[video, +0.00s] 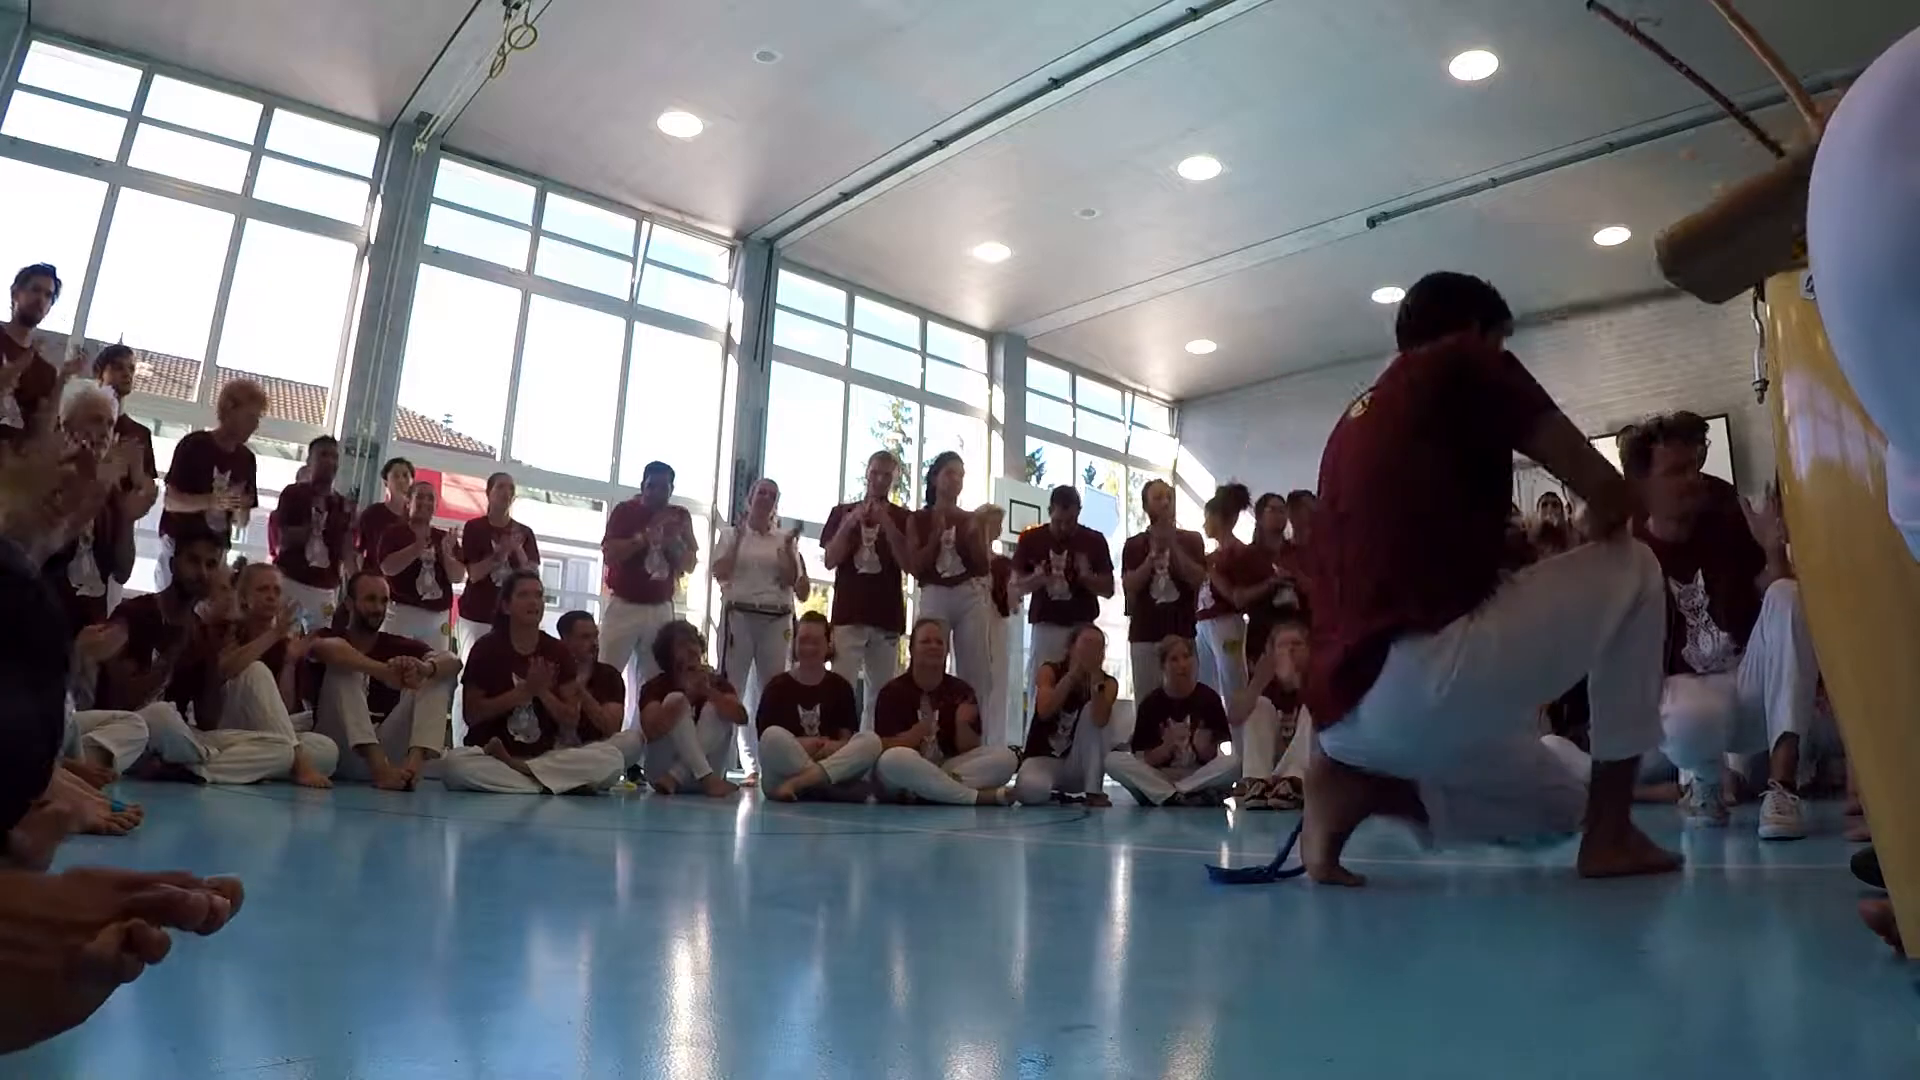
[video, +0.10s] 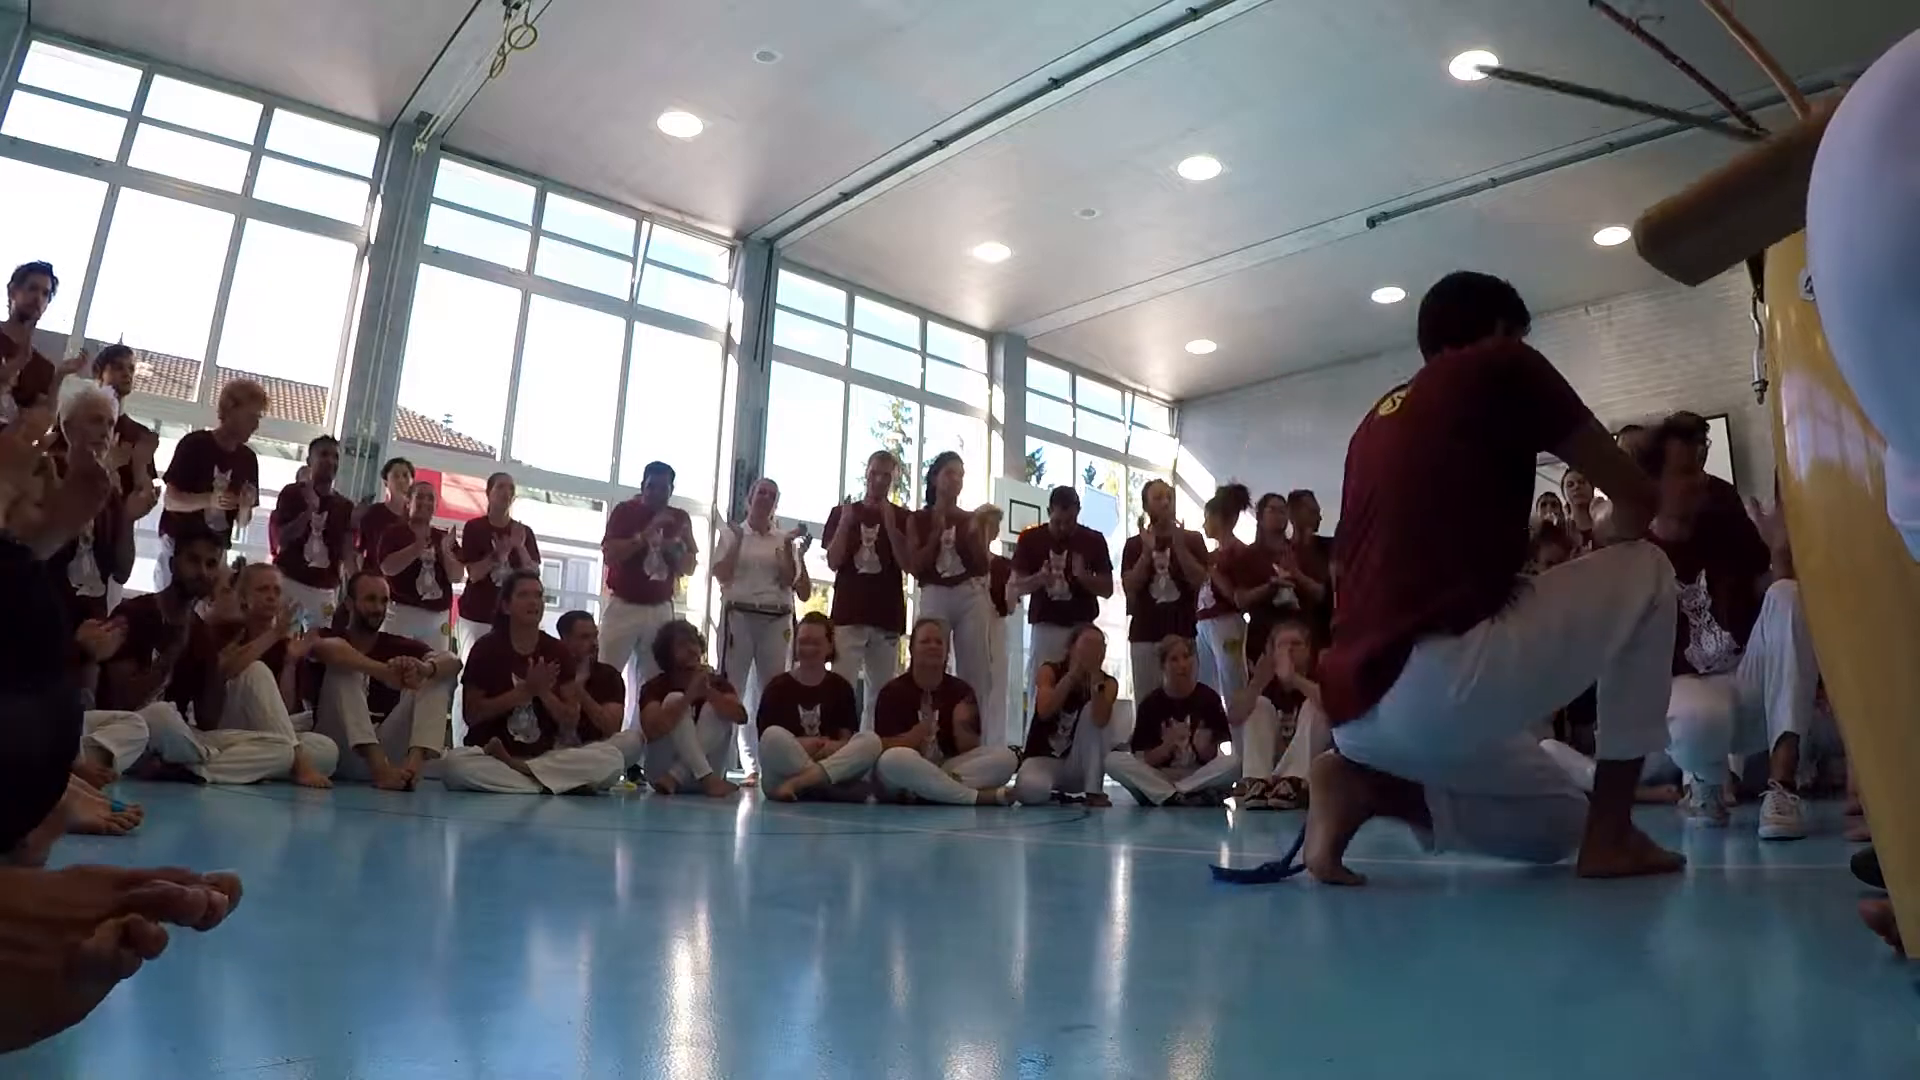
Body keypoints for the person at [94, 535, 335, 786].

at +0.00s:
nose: (201, 574)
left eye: (210, 565)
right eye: (192, 561)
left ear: (220, 571)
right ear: (173, 561)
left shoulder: (204, 630)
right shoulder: (136, 612)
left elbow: (209, 720)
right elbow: (122, 701)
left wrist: (217, 670)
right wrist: (169, 658)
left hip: (186, 736)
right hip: (135, 737)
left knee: (285, 749)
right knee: (161, 715)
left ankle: (190, 772)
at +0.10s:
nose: (202, 573)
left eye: (211, 565)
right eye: (193, 562)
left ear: (220, 571)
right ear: (173, 562)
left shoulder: (202, 631)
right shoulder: (132, 612)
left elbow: (208, 720)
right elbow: (123, 702)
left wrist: (218, 672)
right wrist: (171, 653)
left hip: (184, 736)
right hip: (134, 738)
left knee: (284, 750)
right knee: (161, 714)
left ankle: (188, 773)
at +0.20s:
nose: (205, 572)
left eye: (213, 564)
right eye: (195, 560)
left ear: (220, 572)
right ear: (173, 562)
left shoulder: (206, 628)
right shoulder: (134, 612)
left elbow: (208, 721)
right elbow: (122, 699)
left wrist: (211, 660)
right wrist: (192, 660)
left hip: (184, 735)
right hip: (131, 734)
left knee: (284, 752)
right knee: (161, 715)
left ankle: (180, 770)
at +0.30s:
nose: (207, 573)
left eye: (214, 565)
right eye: (197, 562)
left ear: (220, 572)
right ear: (174, 562)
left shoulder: (204, 630)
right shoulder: (134, 613)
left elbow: (207, 721)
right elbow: (124, 699)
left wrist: (211, 664)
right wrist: (195, 657)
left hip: (181, 736)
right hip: (131, 735)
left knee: (282, 750)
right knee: (161, 715)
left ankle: (184, 771)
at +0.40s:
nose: (209, 574)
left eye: (216, 566)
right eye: (200, 563)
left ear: (220, 571)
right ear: (175, 563)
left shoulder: (204, 631)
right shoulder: (135, 612)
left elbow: (207, 720)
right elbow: (124, 702)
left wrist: (221, 672)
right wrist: (175, 658)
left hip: (184, 735)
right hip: (131, 735)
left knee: (284, 751)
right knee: (161, 715)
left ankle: (181, 771)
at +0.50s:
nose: (209, 572)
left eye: (214, 565)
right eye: (199, 562)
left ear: (220, 571)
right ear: (175, 563)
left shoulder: (204, 629)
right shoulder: (134, 612)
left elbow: (207, 720)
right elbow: (125, 698)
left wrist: (216, 669)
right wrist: (200, 665)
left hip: (180, 736)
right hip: (129, 735)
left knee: (283, 750)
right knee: (161, 715)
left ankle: (186, 772)